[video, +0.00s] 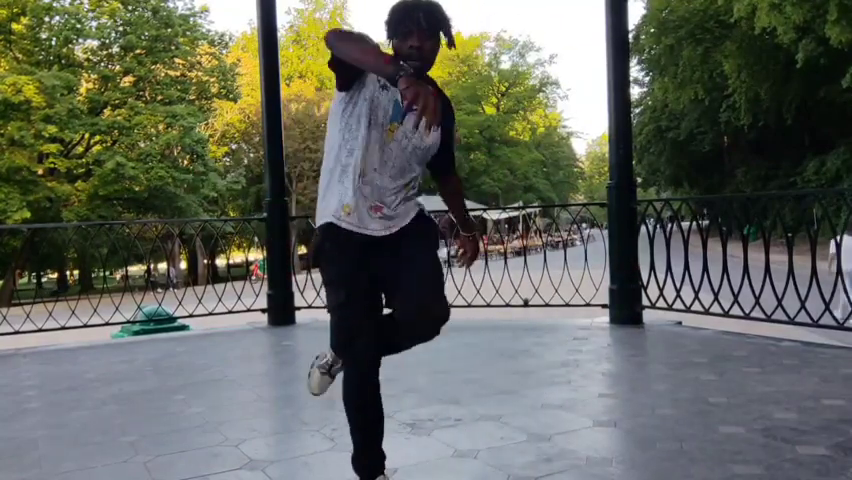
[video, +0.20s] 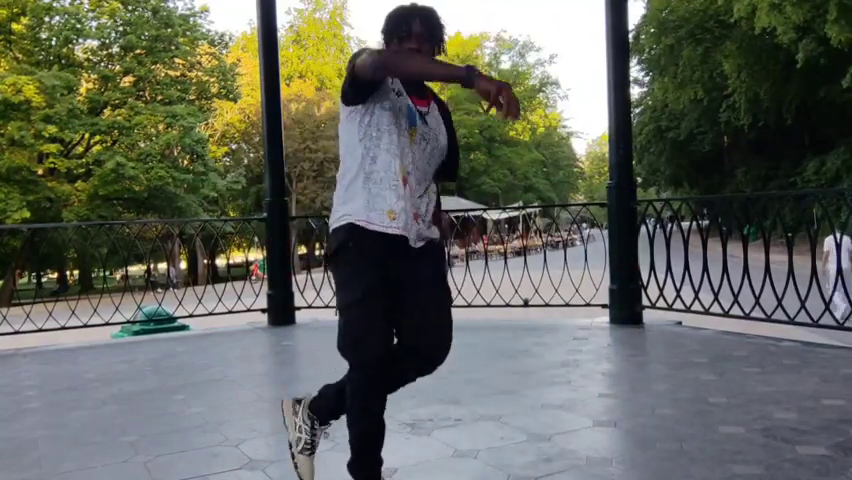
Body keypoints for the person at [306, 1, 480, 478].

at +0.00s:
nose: (418, 46)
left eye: (428, 38)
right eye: (408, 36)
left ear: (440, 44)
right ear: (393, 39)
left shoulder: (438, 106)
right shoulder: (361, 74)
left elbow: (445, 172)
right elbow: (336, 39)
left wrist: (465, 223)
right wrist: (402, 76)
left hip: (405, 224)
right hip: (344, 227)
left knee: (426, 319)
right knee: (360, 353)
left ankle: (346, 348)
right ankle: (370, 469)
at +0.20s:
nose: (423, 53)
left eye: (430, 47)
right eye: (416, 43)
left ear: (437, 52)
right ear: (392, 43)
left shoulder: (437, 110)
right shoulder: (364, 77)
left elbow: (427, 183)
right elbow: (382, 63)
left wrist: (440, 225)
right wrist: (469, 76)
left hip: (418, 242)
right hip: (362, 234)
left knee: (428, 348)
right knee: (370, 358)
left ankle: (313, 412)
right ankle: (367, 473)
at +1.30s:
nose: (435, 83)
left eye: (444, 76)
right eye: (427, 75)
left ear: (455, 79)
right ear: (413, 78)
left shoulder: (471, 117)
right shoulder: (388, 117)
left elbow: (497, 168)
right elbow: (349, 161)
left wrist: (525, 212)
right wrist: (371, 161)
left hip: (470, 242)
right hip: (419, 246)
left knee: (478, 326)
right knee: (445, 334)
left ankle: (439, 406)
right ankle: (480, 423)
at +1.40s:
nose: (436, 85)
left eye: (444, 77)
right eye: (427, 77)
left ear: (456, 81)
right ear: (413, 81)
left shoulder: (472, 120)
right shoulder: (394, 118)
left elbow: (502, 173)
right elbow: (366, 169)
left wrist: (523, 216)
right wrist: (390, 168)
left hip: (458, 243)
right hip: (405, 246)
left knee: (459, 333)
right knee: (403, 325)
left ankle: (453, 422)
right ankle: (464, 417)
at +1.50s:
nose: (435, 89)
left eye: (443, 81)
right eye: (426, 81)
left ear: (454, 84)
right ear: (412, 85)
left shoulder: (470, 122)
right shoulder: (395, 123)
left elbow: (503, 176)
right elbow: (374, 177)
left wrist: (526, 226)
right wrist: (399, 183)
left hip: (450, 242)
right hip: (402, 245)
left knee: (445, 330)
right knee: (376, 319)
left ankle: (463, 410)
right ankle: (429, 414)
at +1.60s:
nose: (430, 89)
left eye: (439, 81)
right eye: (422, 81)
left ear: (451, 84)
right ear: (408, 86)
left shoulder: (470, 124)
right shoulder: (393, 126)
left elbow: (503, 177)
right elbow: (375, 179)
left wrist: (531, 231)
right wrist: (388, 191)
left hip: (444, 242)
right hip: (397, 243)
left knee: (434, 329)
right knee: (359, 312)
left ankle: (459, 411)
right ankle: (404, 402)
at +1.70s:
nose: (427, 86)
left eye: (435, 78)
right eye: (419, 78)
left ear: (447, 82)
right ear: (406, 82)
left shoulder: (468, 122)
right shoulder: (391, 125)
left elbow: (504, 175)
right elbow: (373, 174)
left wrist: (530, 229)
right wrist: (376, 186)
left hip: (441, 239)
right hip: (394, 238)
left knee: (428, 329)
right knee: (362, 315)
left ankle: (446, 414)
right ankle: (403, 385)